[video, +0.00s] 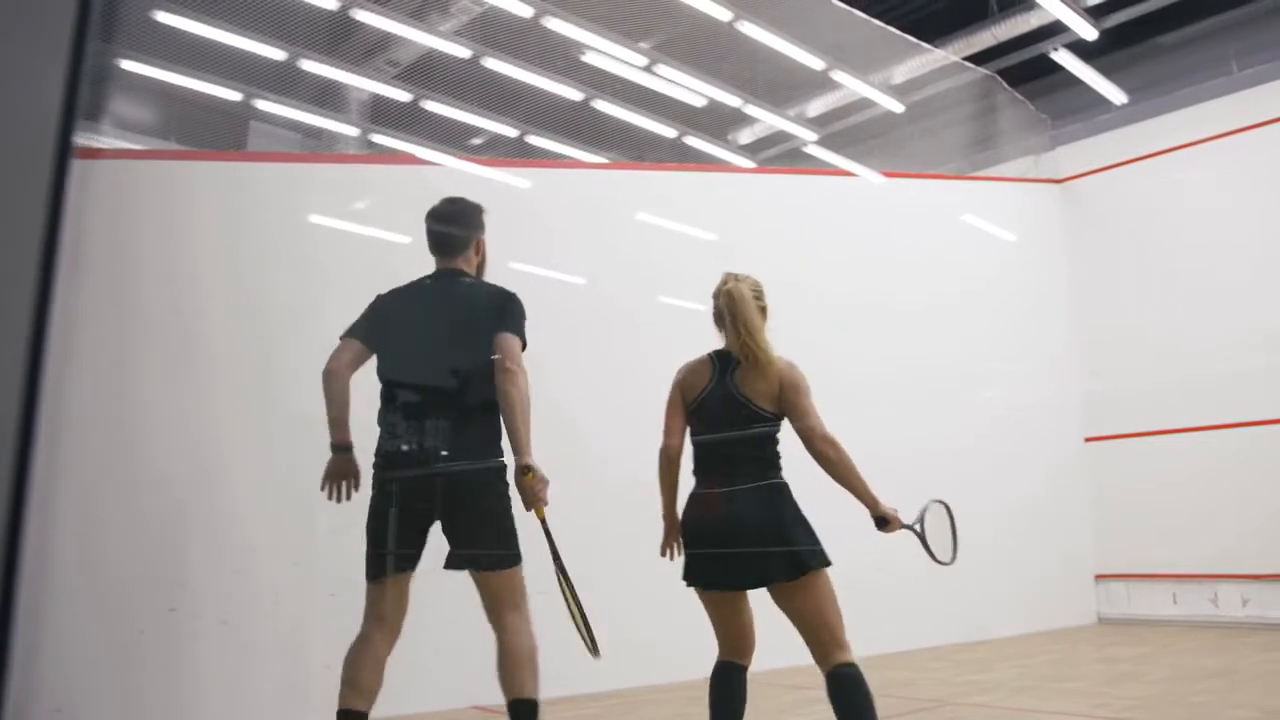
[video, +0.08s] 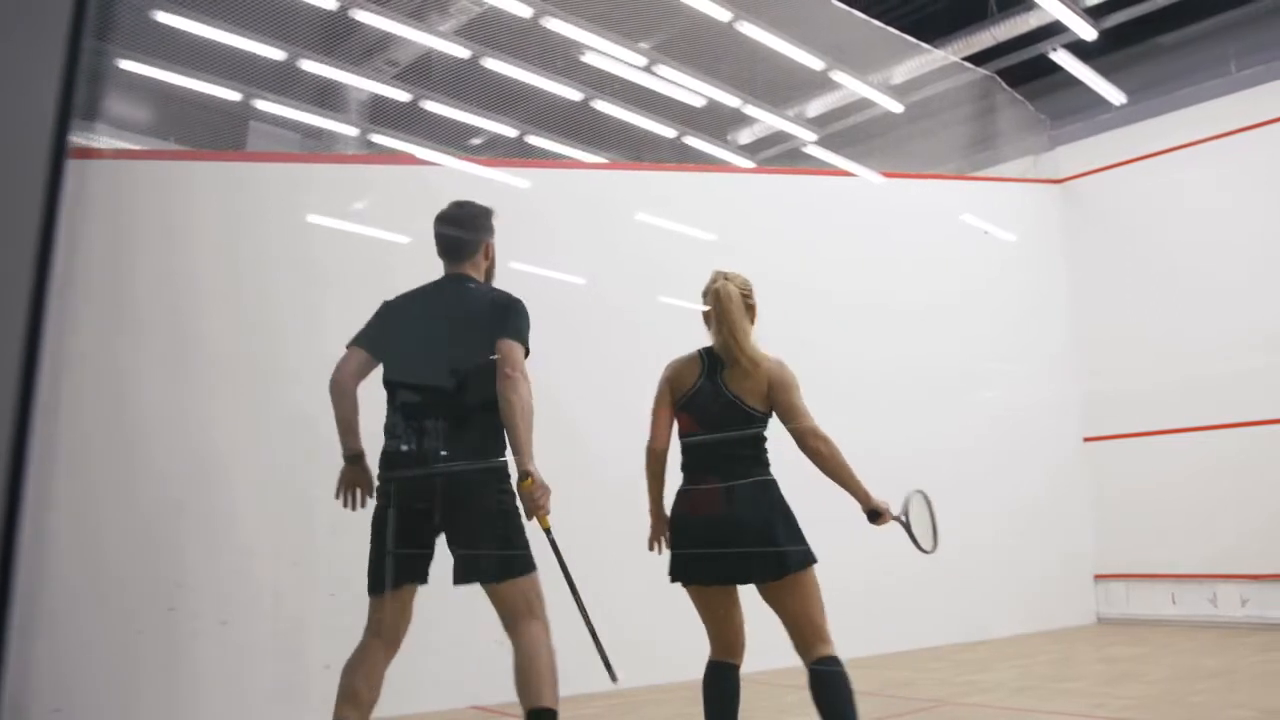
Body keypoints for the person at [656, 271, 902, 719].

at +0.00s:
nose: (763, 316)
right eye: (763, 308)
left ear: (716, 317)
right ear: (763, 313)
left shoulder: (689, 376)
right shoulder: (781, 373)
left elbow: (670, 450)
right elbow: (819, 442)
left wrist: (669, 517)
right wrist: (874, 504)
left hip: (708, 526)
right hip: (772, 520)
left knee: (733, 649)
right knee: (833, 650)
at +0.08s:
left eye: (708, 308)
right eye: (751, 307)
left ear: (705, 315)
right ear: (753, 312)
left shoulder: (678, 373)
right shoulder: (771, 371)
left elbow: (657, 448)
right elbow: (810, 439)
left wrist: (656, 512)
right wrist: (866, 498)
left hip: (697, 523)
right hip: (760, 516)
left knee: (725, 648)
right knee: (815, 644)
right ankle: (844, 717)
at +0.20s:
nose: (738, 308)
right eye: (737, 300)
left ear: (689, 305)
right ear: (736, 304)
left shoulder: (662, 363)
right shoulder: (756, 362)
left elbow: (641, 437)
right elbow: (802, 429)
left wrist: (636, 497)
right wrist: (852, 486)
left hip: (682, 513)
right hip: (746, 506)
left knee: (707, 641)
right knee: (782, 637)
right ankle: (808, 715)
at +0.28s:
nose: (728, 305)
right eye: (728, 297)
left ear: (678, 299)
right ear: (725, 300)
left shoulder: (652, 356)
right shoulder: (749, 356)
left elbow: (633, 434)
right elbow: (800, 425)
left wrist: (624, 492)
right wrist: (844, 480)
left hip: (671, 503)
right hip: (736, 497)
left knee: (692, 640)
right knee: (759, 632)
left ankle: (698, 719)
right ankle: (786, 715)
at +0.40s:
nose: (712, 299)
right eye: (711, 292)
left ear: (662, 299)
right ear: (709, 298)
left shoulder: (641, 350)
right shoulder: (738, 356)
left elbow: (623, 426)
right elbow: (792, 422)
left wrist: (605, 484)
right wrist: (831, 475)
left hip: (657, 495)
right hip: (722, 492)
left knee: (667, 632)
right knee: (733, 630)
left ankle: (671, 717)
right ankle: (755, 716)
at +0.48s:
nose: (651, 310)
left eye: (652, 302)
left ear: (651, 305)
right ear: (698, 306)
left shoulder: (633, 354)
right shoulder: (726, 361)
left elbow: (616, 428)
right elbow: (782, 426)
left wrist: (590, 490)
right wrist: (821, 480)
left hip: (648, 497)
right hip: (713, 495)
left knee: (645, 633)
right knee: (721, 631)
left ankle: (647, 717)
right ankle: (746, 716)